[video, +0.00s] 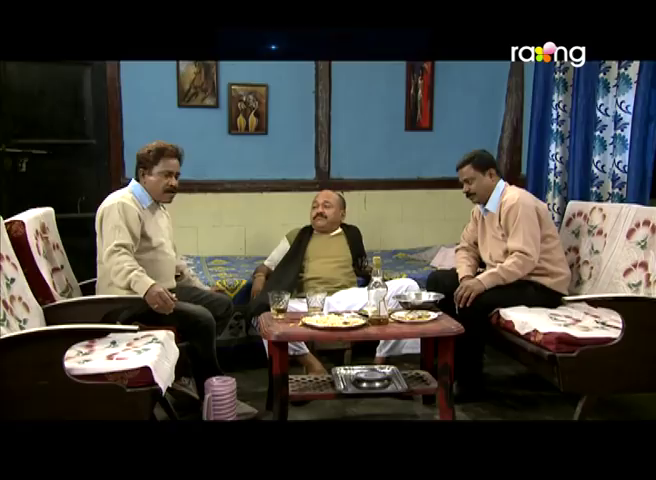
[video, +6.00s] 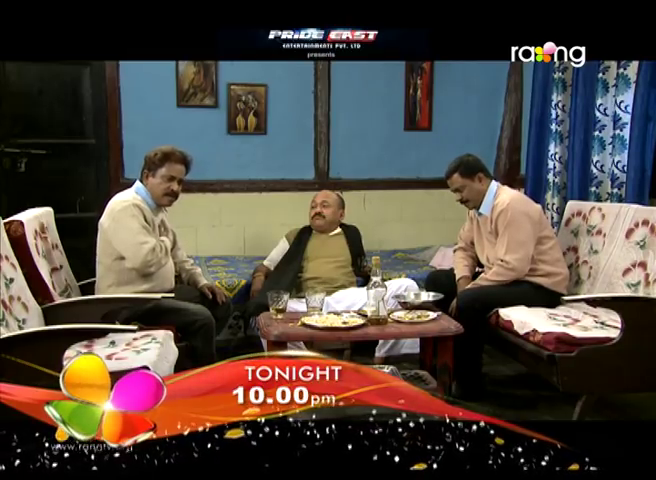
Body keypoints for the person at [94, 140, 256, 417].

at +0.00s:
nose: (174, 183)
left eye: (176, 176)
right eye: (167, 175)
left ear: (177, 178)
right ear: (144, 175)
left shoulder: (159, 208)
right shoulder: (119, 206)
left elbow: (172, 261)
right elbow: (117, 257)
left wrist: (202, 291)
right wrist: (147, 287)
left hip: (164, 292)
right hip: (128, 302)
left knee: (222, 306)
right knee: (201, 320)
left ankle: (184, 378)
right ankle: (215, 398)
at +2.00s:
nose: (155, 180)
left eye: (157, 174)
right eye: (146, 174)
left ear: (160, 174)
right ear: (124, 176)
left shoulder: (142, 210)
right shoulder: (104, 209)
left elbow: (169, 253)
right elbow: (108, 266)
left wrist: (199, 280)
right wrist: (148, 286)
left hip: (159, 292)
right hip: (126, 304)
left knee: (219, 302)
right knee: (201, 317)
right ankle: (206, 383)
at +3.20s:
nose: (165, 186)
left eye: (169, 179)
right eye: (158, 178)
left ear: (172, 180)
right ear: (136, 176)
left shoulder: (148, 211)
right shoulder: (112, 210)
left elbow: (170, 257)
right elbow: (128, 266)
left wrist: (200, 280)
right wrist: (178, 261)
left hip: (158, 295)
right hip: (127, 304)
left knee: (219, 303)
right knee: (200, 317)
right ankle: (206, 384)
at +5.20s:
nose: (185, 192)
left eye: (189, 186)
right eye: (178, 183)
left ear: (193, 188)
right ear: (157, 178)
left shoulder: (163, 216)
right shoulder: (132, 208)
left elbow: (181, 259)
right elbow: (148, 263)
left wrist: (203, 283)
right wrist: (169, 245)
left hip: (156, 297)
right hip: (128, 305)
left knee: (218, 303)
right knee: (201, 319)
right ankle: (203, 387)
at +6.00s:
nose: (175, 188)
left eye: (180, 182)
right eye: (169, 179)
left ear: (183, 184)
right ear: (147, 177)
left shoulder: (157, 213)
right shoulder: (124, 208)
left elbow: (178, 258)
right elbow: (143, 260)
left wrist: (202, 282)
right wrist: (166, 242)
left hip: (156, 296)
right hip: (127, 304)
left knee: (219, 304)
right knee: (200, 319)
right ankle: (203, 385)